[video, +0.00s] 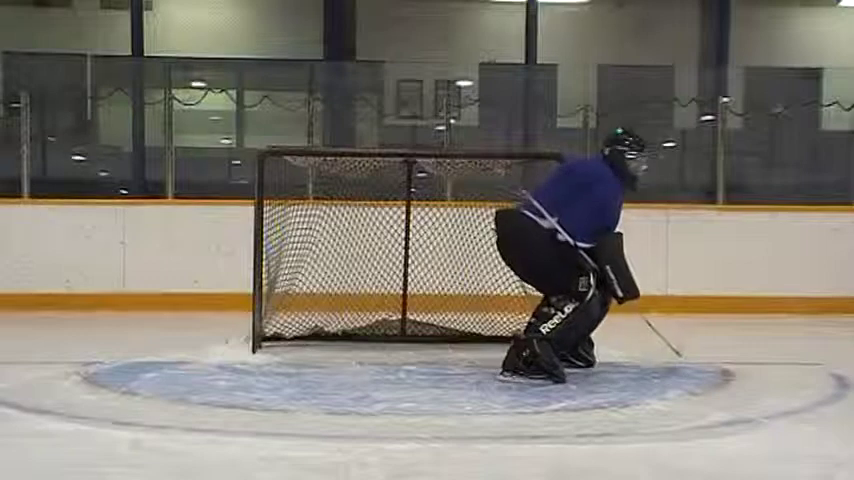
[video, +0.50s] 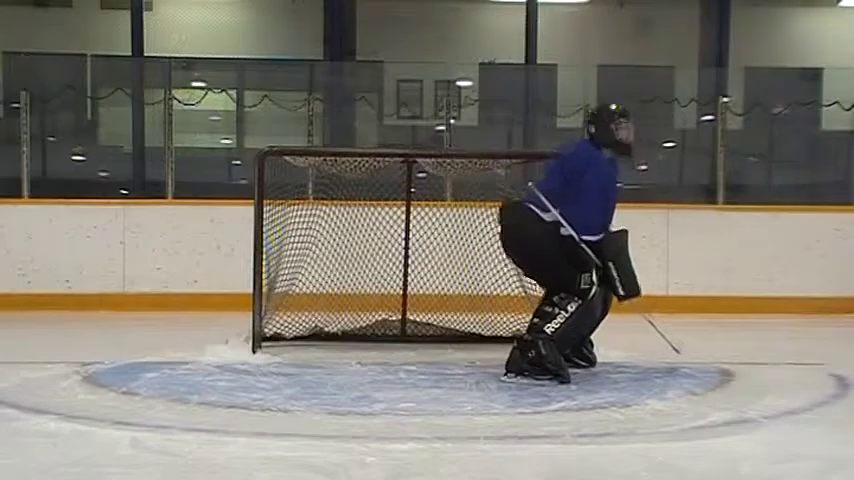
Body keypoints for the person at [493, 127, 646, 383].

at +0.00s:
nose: (641, 169)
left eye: (643, 162)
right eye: (637, 161)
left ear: (611, 154)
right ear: (621, 159)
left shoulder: (585, 167)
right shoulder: (608, 187)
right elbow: (605, 244)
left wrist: (605, 274)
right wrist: (626, 289)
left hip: (514, 228)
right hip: (534, 237)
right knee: (589, 292)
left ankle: (569, 343)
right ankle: (531, 351)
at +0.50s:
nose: (627, 133)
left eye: (627, 126)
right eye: (620, 126)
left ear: (597, 131)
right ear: (603, 130)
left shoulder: (581, 153)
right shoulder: (600, 163)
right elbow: (590, 229)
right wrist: (606, 267)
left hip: (518, 221)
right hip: (535, 227)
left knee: (566, 285)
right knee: (591, 289)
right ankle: (539, 348)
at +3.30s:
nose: (629, 136)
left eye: (629, 130)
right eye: (622, 130)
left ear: (597, 134)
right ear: (604, 132)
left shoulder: (583, 154)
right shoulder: (600, 164)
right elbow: (592, 226)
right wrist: (610, 275)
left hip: (516, 219)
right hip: (535, 225)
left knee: (560, 289)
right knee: (586, 286)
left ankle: (537, 352)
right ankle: (542, 353)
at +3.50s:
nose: (622, 121)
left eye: (621, 115)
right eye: (616, 116)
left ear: (593, 120)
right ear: (599, 119)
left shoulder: (574, 143)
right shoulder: (598, 152)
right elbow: (591, 215)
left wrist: (613, 219)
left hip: (524, 218)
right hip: (544, 226)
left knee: (558, 288)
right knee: (585, 287)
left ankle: (535, 348)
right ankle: (539, 353)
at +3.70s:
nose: (621, 119)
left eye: (620, 112)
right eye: (615, 113)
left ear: (591, 118)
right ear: (600, 117)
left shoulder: (574, 143)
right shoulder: (600, 153)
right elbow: (586, 215)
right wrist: (590, 253)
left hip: (526, 216)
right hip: (543, 222)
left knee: (554, 289)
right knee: (570, 289)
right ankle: (529, 353)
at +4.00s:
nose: (625, 118)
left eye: (624, 112)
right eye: (619, 113)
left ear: (593, 117)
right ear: (603, 117)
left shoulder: (576, 141)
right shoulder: (603, 150)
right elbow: (582, 215)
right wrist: (588, 260)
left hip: (525, 213)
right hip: (545, 221)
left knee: (548, 288)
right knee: (567, 291)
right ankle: (519, 352)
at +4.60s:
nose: (620, 126)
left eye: (624, 119)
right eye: (614, 118)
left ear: (629, 123)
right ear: (595, 119)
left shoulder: (623, 163)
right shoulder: (570, 148)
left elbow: (602, 223)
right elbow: (533, 212)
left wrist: (637, 228)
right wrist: (537, 267)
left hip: (583, 254)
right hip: (550, 252)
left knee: (600, 297)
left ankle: (579, 352)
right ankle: (524, 371)